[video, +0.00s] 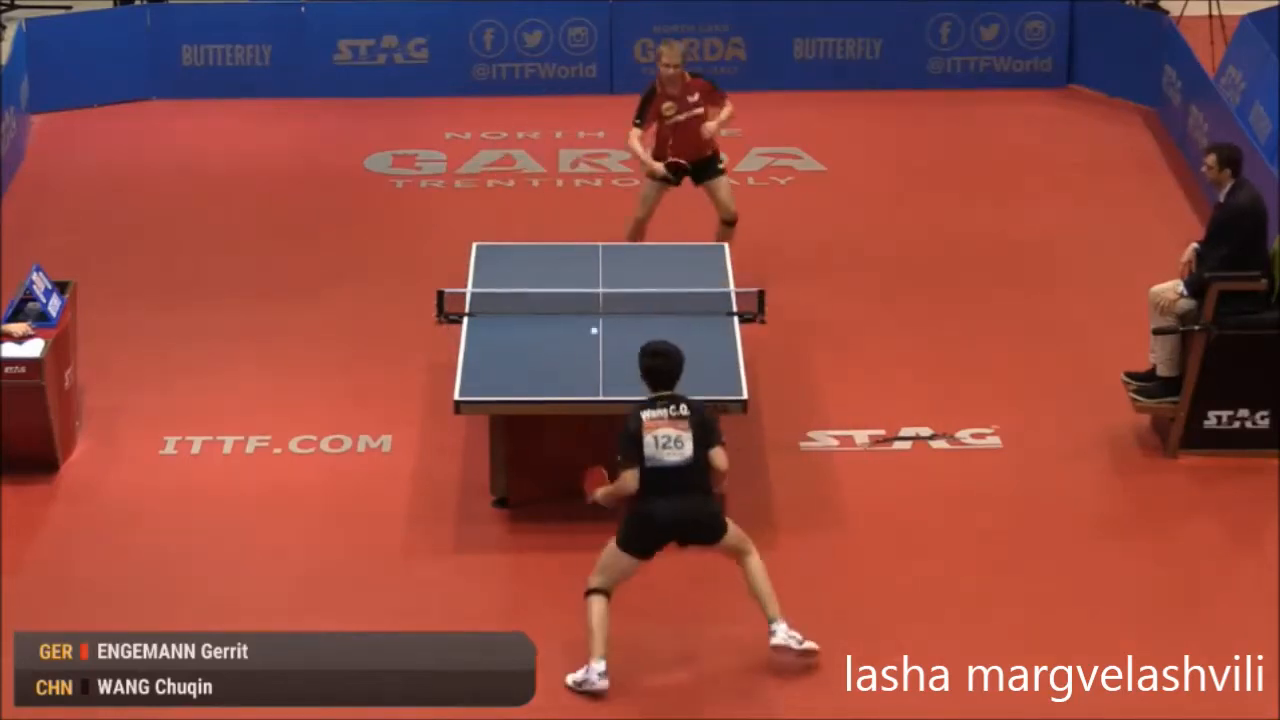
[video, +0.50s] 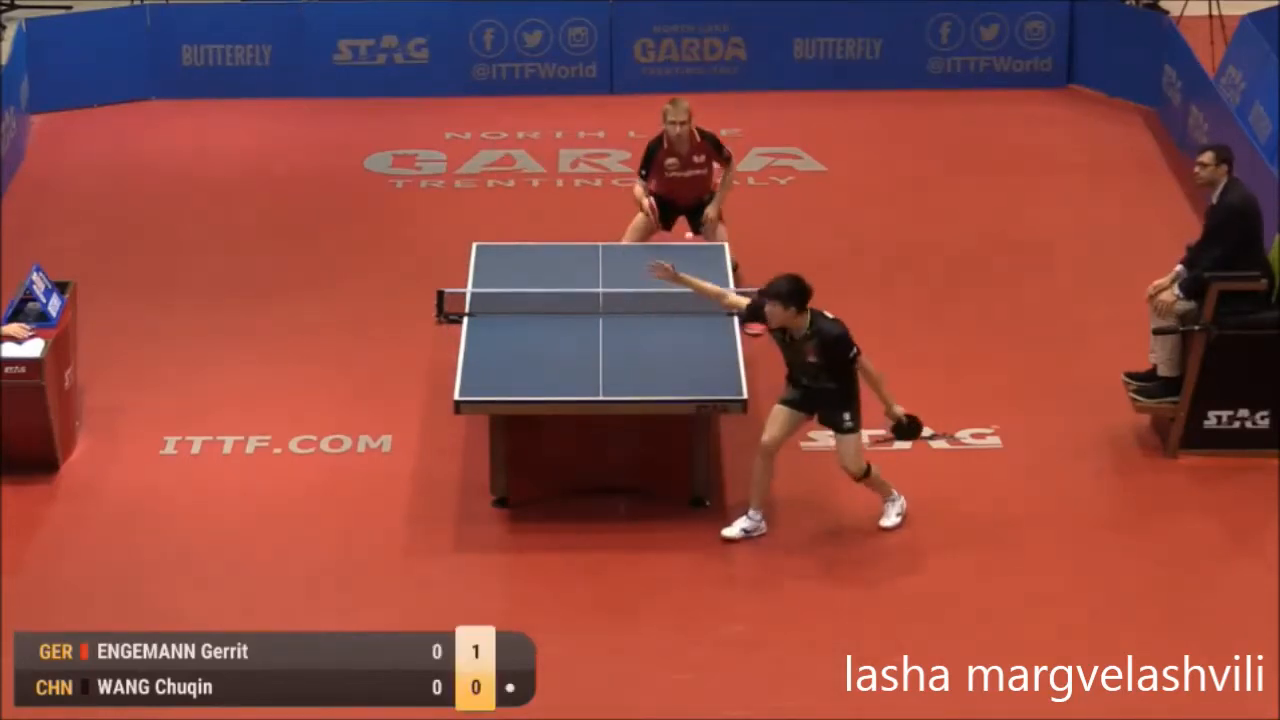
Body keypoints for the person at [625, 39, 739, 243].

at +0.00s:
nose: (671, 72)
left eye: (676, 67)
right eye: (666, 66)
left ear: (683, 66)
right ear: (658, 66)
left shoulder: (700, 86)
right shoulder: (653, 95)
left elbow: (728, 107)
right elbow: (634, 137)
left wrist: (716, 123)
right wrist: (650, 163)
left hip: (704, 159)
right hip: (668, 162)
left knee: (729, 215)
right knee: (641, 217)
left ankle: (716, 266)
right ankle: (627, 263)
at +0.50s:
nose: (678, 130)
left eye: (683, 124)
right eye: (672, 124)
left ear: (690, 122)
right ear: (664, 124)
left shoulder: (707, 141)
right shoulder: (656, 146)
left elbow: (728, 165)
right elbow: (640, 182)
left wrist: (716, 204)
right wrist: (643, 200)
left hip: (700, 202)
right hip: (663, 203)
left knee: (724, 256)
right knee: (625, 249)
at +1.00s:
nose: (632, 143)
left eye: (636, 137)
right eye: (626, 137)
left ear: (643, 133)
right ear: (617, 137)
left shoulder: (662, 149)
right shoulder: (610, 161)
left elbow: (686, 169)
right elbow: (596, 198)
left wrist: (664, 195)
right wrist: (594, 219)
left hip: (666, 209)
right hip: (628, 213)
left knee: (697, 251)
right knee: (610, 255)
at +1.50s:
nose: (585, 159)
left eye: (590, 153)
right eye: (581, 153)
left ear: (604, 149)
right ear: (578, 151)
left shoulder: (627, 164)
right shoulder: (597, 172)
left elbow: (662, 202)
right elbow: (610, 199)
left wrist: (624, 221)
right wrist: (593, 227)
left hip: (665, 232)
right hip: (634, 232)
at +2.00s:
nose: (513, 177)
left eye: (517, 171)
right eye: (512, 171)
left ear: (534, 166)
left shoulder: (567, 176)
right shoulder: (526, 187)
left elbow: (616, 180)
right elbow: (492, 181)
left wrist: (588, 195)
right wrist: (500, 149)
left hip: (609, 239)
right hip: (573, 241)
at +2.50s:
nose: (595, 93)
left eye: (600, 87)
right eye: (590, 87)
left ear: (608, 87)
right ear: (583, 87)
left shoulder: (628, 112)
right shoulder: (577, 117)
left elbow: (650, 134)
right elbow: (564, 154)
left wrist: (644, 171)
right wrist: (550, 190)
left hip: (627, 177)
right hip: (591, 179)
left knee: (655, 230)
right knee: (577, 237)